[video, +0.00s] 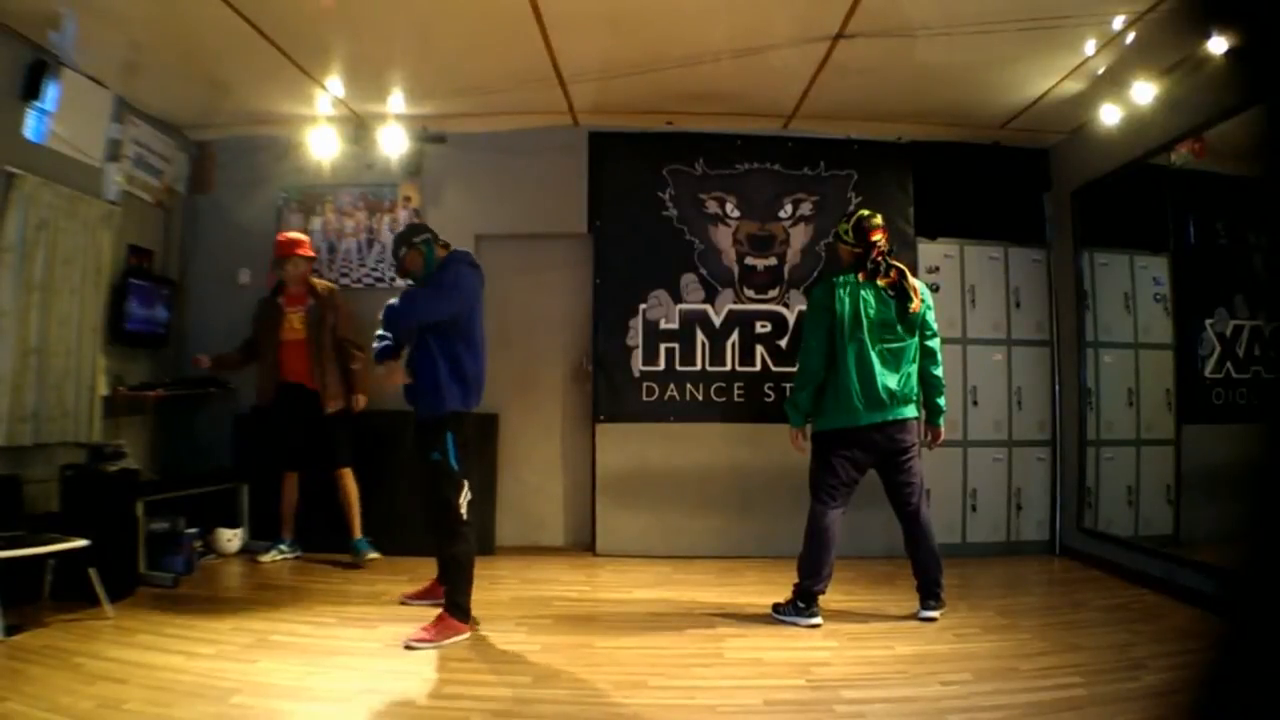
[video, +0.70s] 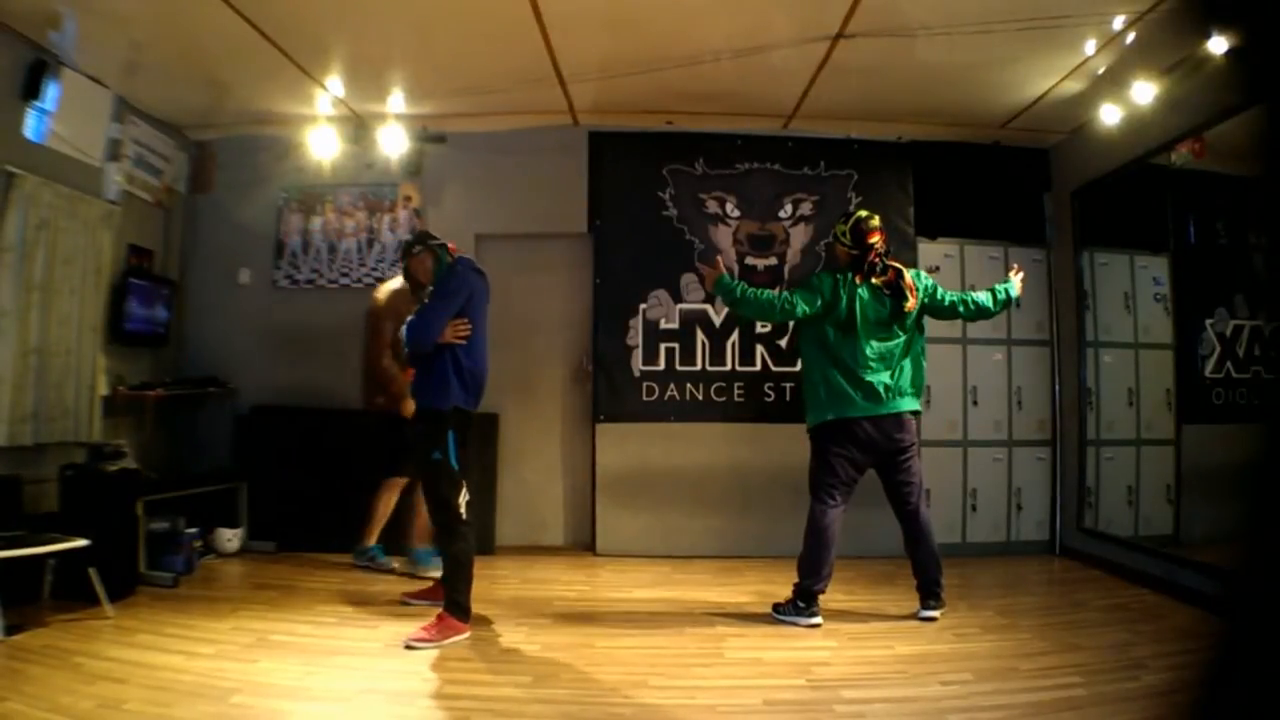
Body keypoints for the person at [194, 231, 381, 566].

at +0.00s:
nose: (301, 267)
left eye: (305, 261)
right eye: (294, 261)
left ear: (312, 263)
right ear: (280, 266)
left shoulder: (329, 297)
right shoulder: (269, 305)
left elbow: (349, 345)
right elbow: (254, 349)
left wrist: (357, 387)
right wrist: (216, 363)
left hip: (326, 395)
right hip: (285, 394)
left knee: (341, 466)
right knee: (288, 469)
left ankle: (358, 539)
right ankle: (286, 540)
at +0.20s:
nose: (335, 272)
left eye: (339, 266)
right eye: (329, 265)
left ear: (347, 269)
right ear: (315, 266)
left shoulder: (357, 305)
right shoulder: (290, 303)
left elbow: (367, 353)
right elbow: (273, 346)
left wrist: (371, 399)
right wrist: (267, 376)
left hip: (344, 399)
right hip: (301, 395)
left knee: (357, 471)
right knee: (295, 470)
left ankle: (365, 545)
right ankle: (288, 541)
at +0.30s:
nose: (363, 276)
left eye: (366, 271)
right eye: (358, 270)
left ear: (368, 275)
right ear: (339, 269)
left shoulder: (374, 310)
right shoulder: (308, 304)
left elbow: (381, 358)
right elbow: (294, 352)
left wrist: (382, 405)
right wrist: (303, 394)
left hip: (359, 402)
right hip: (317, 399)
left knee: (371, 474)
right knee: (301, 471)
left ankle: (366, 545)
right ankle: (288, 539)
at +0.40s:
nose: (384, 281)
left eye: (387, 274)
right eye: (380, 273)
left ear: (388, 279)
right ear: (363, 272)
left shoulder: (389, 313)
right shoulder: (331, 305)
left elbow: (392, 363)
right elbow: (324, 359)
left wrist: (397, 409)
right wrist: (340, 405)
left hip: (377, 403)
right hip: (339, 400)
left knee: (384, 475)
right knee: (318, 470)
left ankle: (367, 545)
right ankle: (290, 534)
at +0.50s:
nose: (397, 279)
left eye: (401, 273)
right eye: (393, 272)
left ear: (406, 276)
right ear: (380, 271)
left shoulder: (406, 306)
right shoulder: (353, 300)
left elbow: (408, 354)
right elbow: (348, 357)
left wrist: (409, 396)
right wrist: (368, 401)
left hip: (395, 398)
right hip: (360, 396)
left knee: (391, 475)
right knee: (353, 473)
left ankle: (369, 546)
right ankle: (312, 532)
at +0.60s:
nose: (412, 279)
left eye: (413, 269)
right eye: (408, 272)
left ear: (427, 256)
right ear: (425, 258)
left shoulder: (460, 278)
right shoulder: (449, 282)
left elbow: (418, 340)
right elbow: (411, 344)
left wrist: (417, 330)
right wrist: (433, 333)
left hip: (451, 407)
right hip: (435, 406)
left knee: (453, 507)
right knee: (440, 499)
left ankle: (457, 613)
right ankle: (448, 583)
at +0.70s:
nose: (412, 277)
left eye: (415, 266)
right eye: (408, 269)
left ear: (431, 255)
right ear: (423, 260)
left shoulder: (461, 277)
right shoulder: (450, 280)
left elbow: (420, 336)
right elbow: (406, 341)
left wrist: (413, 332)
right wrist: (433, 333)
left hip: (451, 408)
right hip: (436, 407)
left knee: (451, 510)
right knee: (441, 504)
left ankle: (456, 614)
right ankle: (448, 585)